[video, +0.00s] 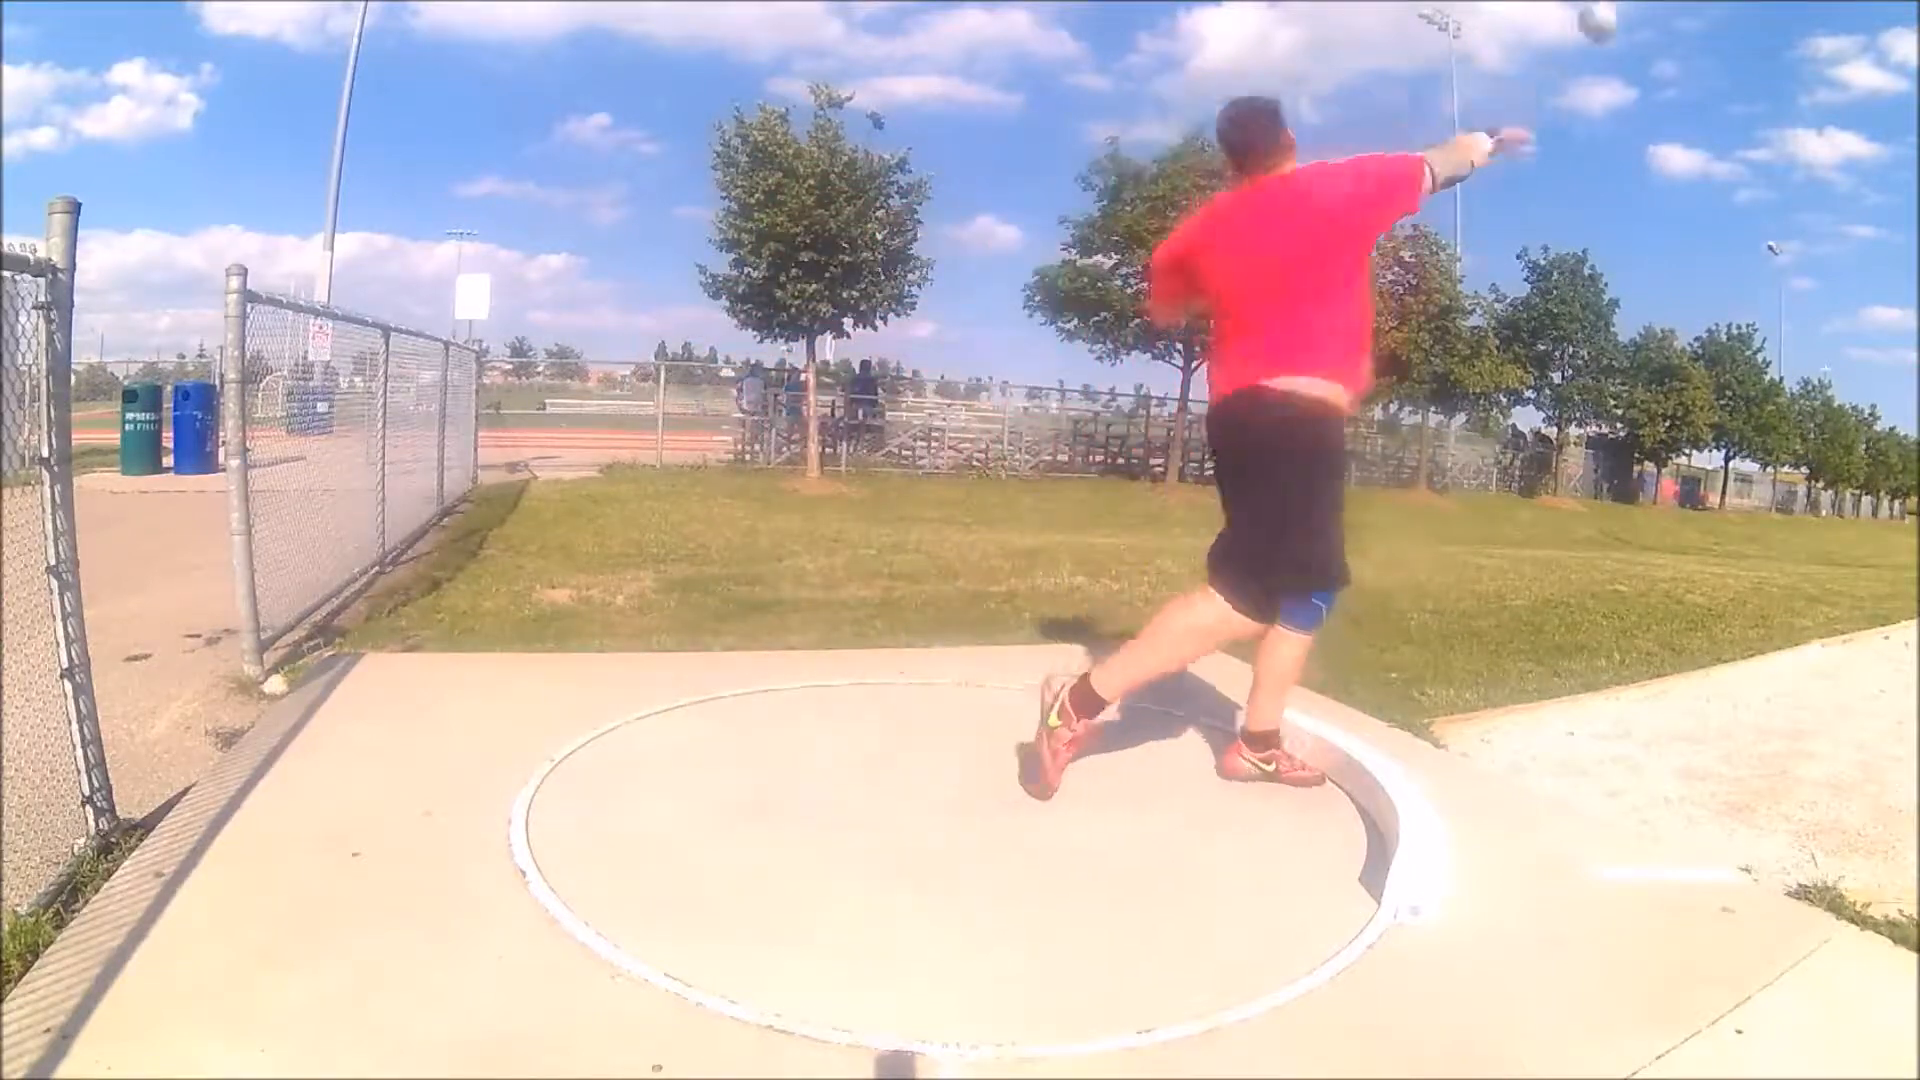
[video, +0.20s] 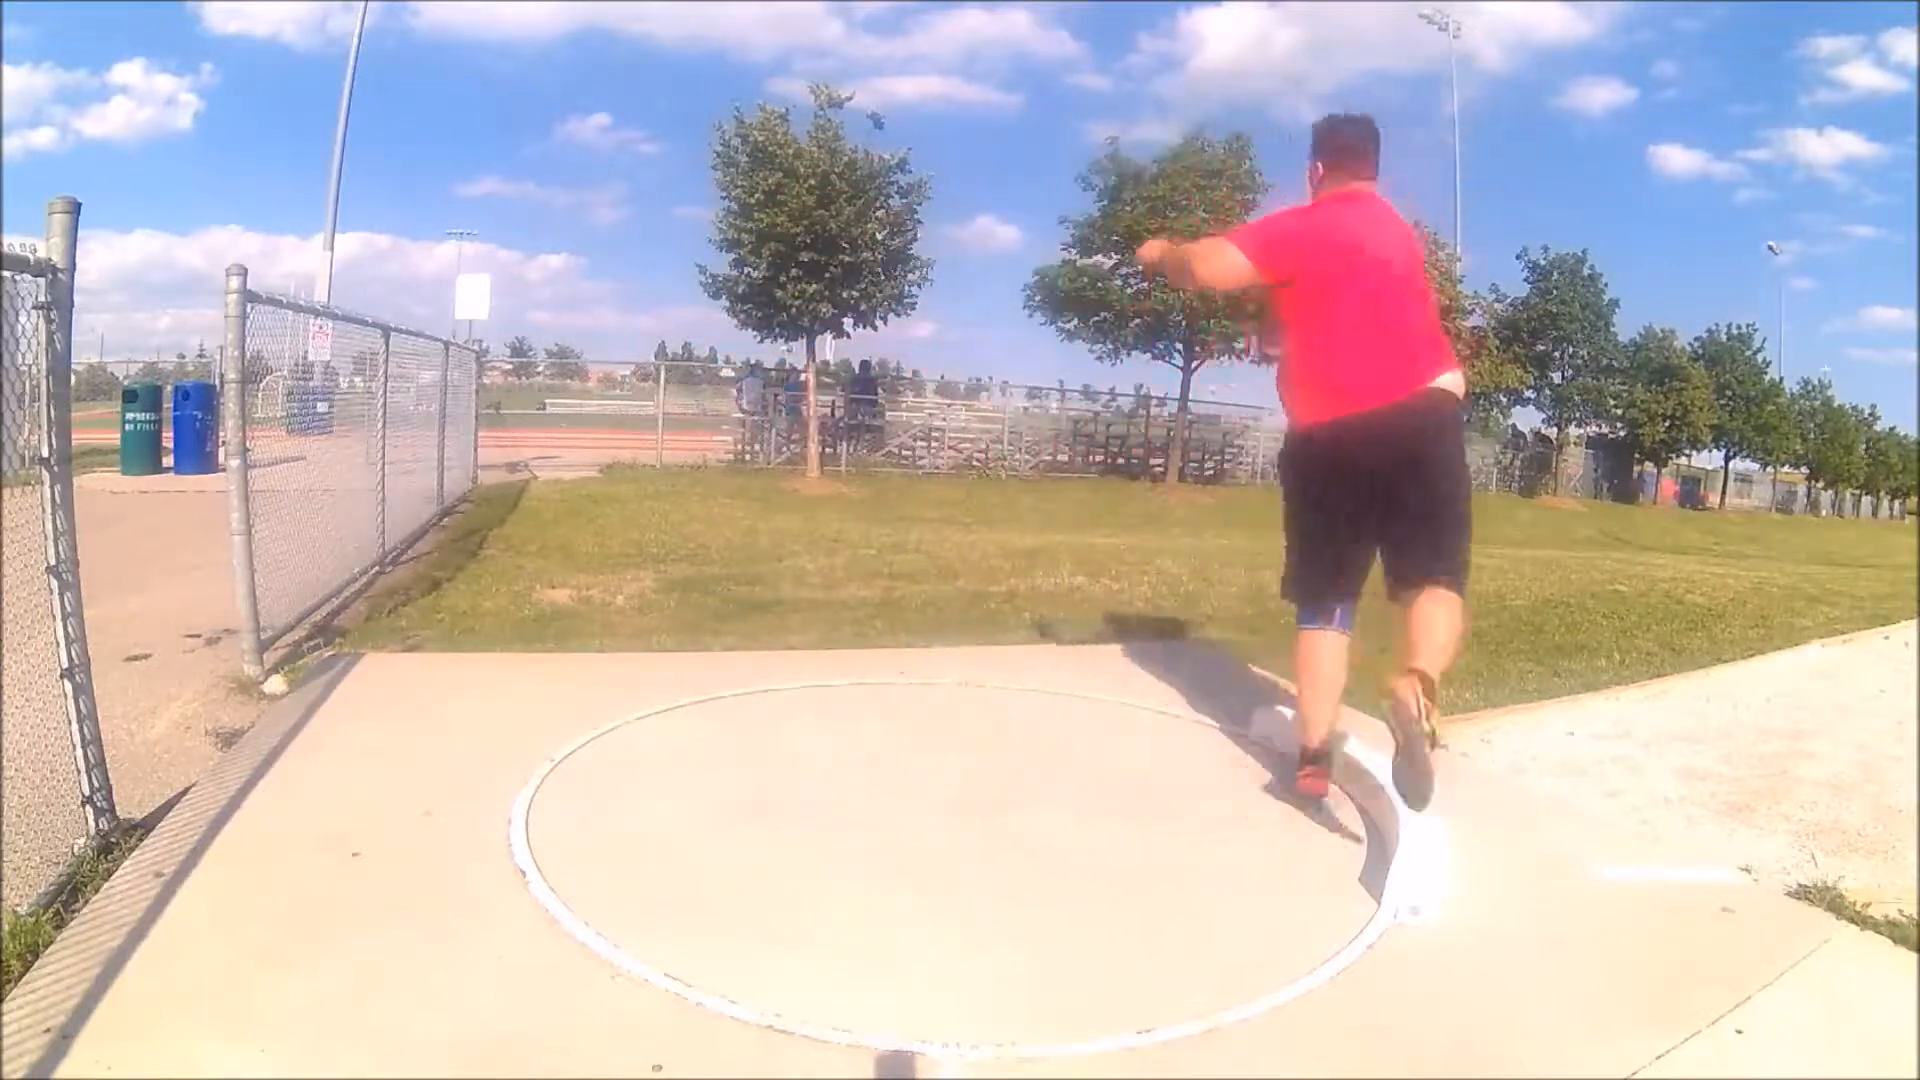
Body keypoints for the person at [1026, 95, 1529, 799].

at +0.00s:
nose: (1290, 154)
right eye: (1292, 143)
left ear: (1229, 159)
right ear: (1290, 144)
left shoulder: (1206, 225)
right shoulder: (1337, 187)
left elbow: (1162, 307)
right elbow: (1443, 162)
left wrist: (1225, 286)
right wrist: (1484, 142)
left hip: (1240, 418)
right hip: (1306, 420)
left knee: (1309, 585)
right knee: (1248, 595)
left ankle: (1259, 741)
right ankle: (1081, 699)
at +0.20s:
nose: (1313, 176)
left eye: (1312, 167)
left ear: (1316, 168)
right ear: (1376, 171)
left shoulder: (1302, 227)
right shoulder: (1397, 230)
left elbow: (1211, 271)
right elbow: (1359, 311)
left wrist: (1164, 251)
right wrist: (1276, 328)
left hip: (1327, 436)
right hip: (1424, 422)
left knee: (1325, 601)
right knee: (1435, 581)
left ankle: (1314, 766)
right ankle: (1414, 687)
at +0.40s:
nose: (1368, 208)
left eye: (1373, 196)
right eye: (1371, 198)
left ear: (1390, 195)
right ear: (1431, 197)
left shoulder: (1435, 246)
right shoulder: (1386, 267)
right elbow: (1317, 304)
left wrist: (1289, 276)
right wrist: (1250, 330)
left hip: (1411, 462)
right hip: (1493, 450)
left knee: (1374, 616)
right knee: (1541, 590)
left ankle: (1332, 769)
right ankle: (1640, 712)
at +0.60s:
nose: (1465, 243)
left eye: (1470, 233)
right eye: (1467, 234)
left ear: (1490, 232)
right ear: (1524, 234)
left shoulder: (1550, 293)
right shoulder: (1465, 294)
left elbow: (1579, 353)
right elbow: (1423, 316)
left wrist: (1533, 391)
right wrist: (1386, 318)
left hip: (1486, 485)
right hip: (1550, 491)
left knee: (1419, 614)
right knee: (1542, 621)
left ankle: (1342, 757)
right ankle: (1577, 756)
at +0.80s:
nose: (1539, 238)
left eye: (1542, 228)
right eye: (1544, 229)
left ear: (1553, 225)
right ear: (1597, 229)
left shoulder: (1591, 282)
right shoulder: (1549, 286)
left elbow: (1611, 375)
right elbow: (1492, 319)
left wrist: (1582, 475)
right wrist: (1452, 340)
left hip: (1524, 458)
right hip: (1586, 472)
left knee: (1434, 555)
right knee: (1565, 611)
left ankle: (1373, 682)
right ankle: (1580, 755)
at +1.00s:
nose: (1582, 239)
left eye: (1580, 229)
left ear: (1583, 226)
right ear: (1633, 232)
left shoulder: (1583, 269)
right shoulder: (1642, 288)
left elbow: (1563, 349)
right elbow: (1576, 362)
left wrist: (1500, 435)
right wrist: (1490, 374)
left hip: (1560, 449)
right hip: (1626, 466)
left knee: (1453, 508)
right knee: (1593, 608)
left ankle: (1416, 628)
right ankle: (1583, 757)